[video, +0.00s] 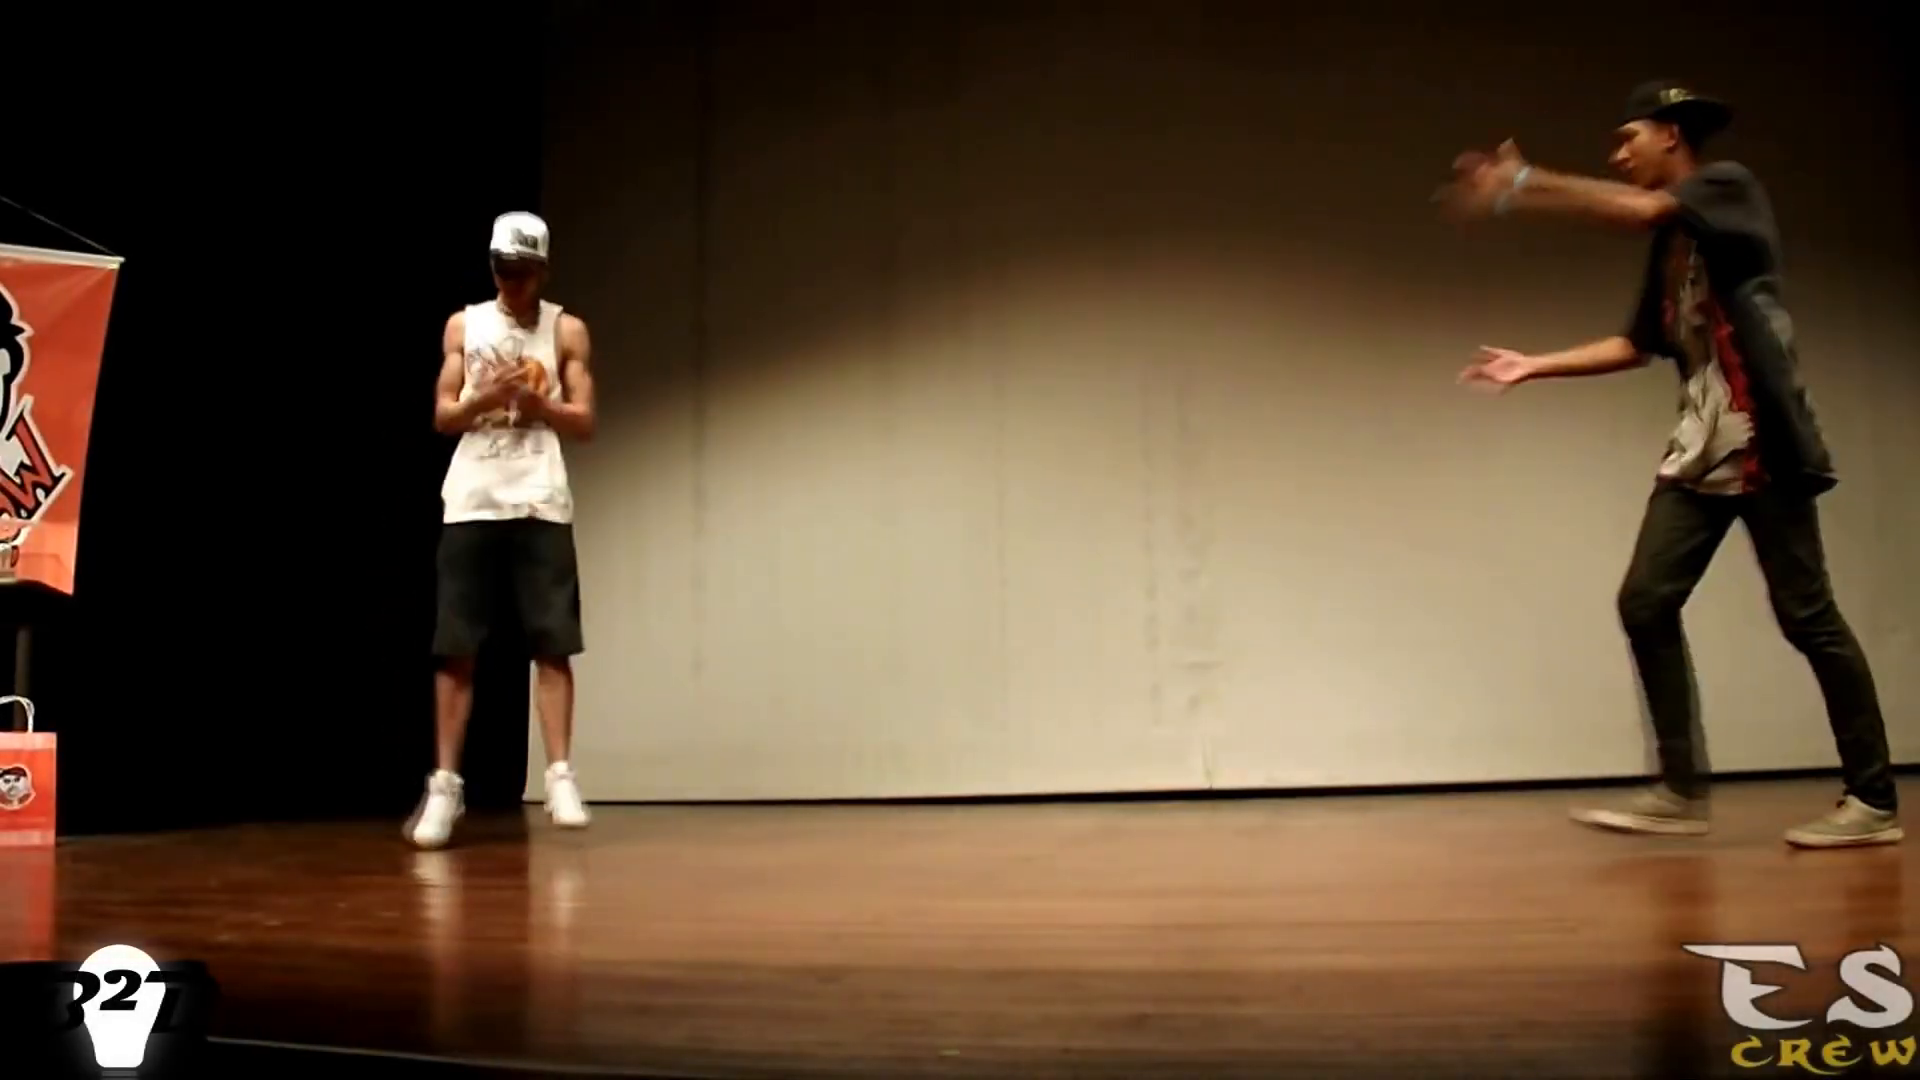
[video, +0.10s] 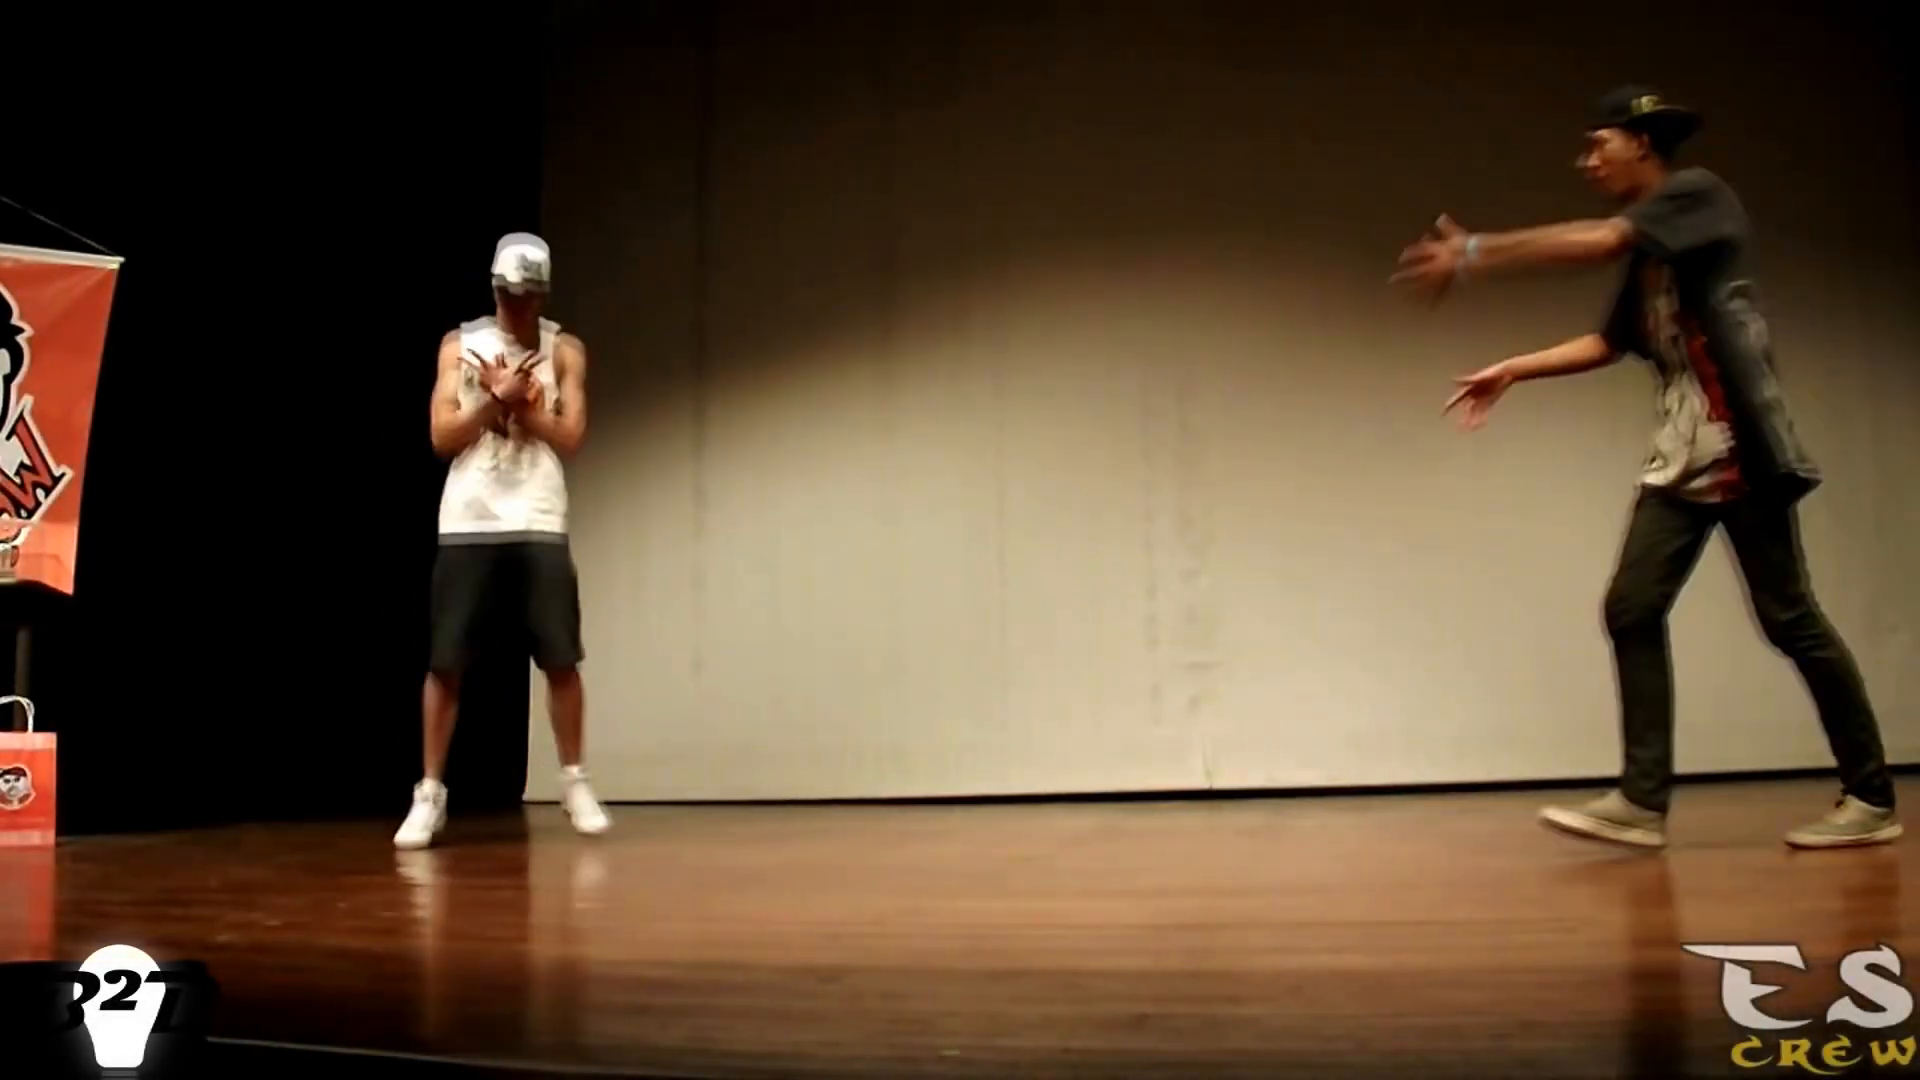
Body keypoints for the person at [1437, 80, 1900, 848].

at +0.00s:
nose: (1619, 150)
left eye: (1630, 135)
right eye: (1619, 139)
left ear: (1674, 135)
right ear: (1662, 144)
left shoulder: (1731, 188)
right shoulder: (1666, 228)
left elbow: (1641, 208)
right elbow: (1640, 343)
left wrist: (1521, 184)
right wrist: (1533, 363)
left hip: (1769, 438)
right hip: (1701, 444)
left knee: (1809, 615)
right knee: (1647, 604)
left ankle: (1875, 801)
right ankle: (1682, 796)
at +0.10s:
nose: (1588, 158)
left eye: (1600, 143)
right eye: (1589, 146)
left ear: (1644, 143)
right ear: (1632, 152)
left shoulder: (1700, 193)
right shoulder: (1644, 238)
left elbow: (1603, 238)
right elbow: (1608, 343)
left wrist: (1473, 250)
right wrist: (1510, 368)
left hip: (1747, 447)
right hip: (1681, 454)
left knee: (1792, 619)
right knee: (1632, 610)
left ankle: (1872, 798)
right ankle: (1641, 805)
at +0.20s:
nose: (1545, 165)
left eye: (1558, 150)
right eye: (1546, 153)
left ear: (1602, 153)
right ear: (1589, 161)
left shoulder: (1661, 208)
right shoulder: (1614, 247)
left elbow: (1565, 276)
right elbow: (1573, 353)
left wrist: (1442, 301)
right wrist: (1479, 380)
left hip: (1717, 467)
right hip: (1650, 473)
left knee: (1757, 623)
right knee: (1609, 619)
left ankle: (1864, 788)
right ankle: (1637, 811)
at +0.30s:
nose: (1497, 187)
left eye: (1509, 171)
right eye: (1498, 173)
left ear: (1551, 171)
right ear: (1545, 177)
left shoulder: (1614, 219)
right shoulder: (1574, 264)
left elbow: (1528, 296)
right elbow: (1535, 369)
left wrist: (1402, 331)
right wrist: (1434, 397)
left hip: (1673, 468)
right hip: (1617, 474)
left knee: (1661, 622)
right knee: (1580, 627)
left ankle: (1819, 749)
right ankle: (1633, 810)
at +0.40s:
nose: (1452, 233)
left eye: (1458, 213)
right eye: (1449, 219)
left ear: (1499, 200)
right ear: (1492, 208)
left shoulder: (1562, 237)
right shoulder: (1538, 275)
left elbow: (1469, 317)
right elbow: (1485, 388)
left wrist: (1347, 365)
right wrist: (1387, 429)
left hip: (1637, 463)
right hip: (1614, 465)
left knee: (1556, 618)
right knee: (1548, 618)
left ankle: (1711, 737)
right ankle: (1628, 808)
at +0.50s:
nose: (1402, 288)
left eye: (1406, 271)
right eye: (1399, 275)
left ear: (1437, 257)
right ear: (1445, 261)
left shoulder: (1503, 278)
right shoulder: (1491, 327)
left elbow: (1411, 363)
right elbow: (1429, 434)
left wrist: (1294, 426)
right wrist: (1342, 488)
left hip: (1602, 473)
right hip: (1626, 479)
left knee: (1471, 592)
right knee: (1522, 637)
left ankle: (1607, 792)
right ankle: (1626, 807)